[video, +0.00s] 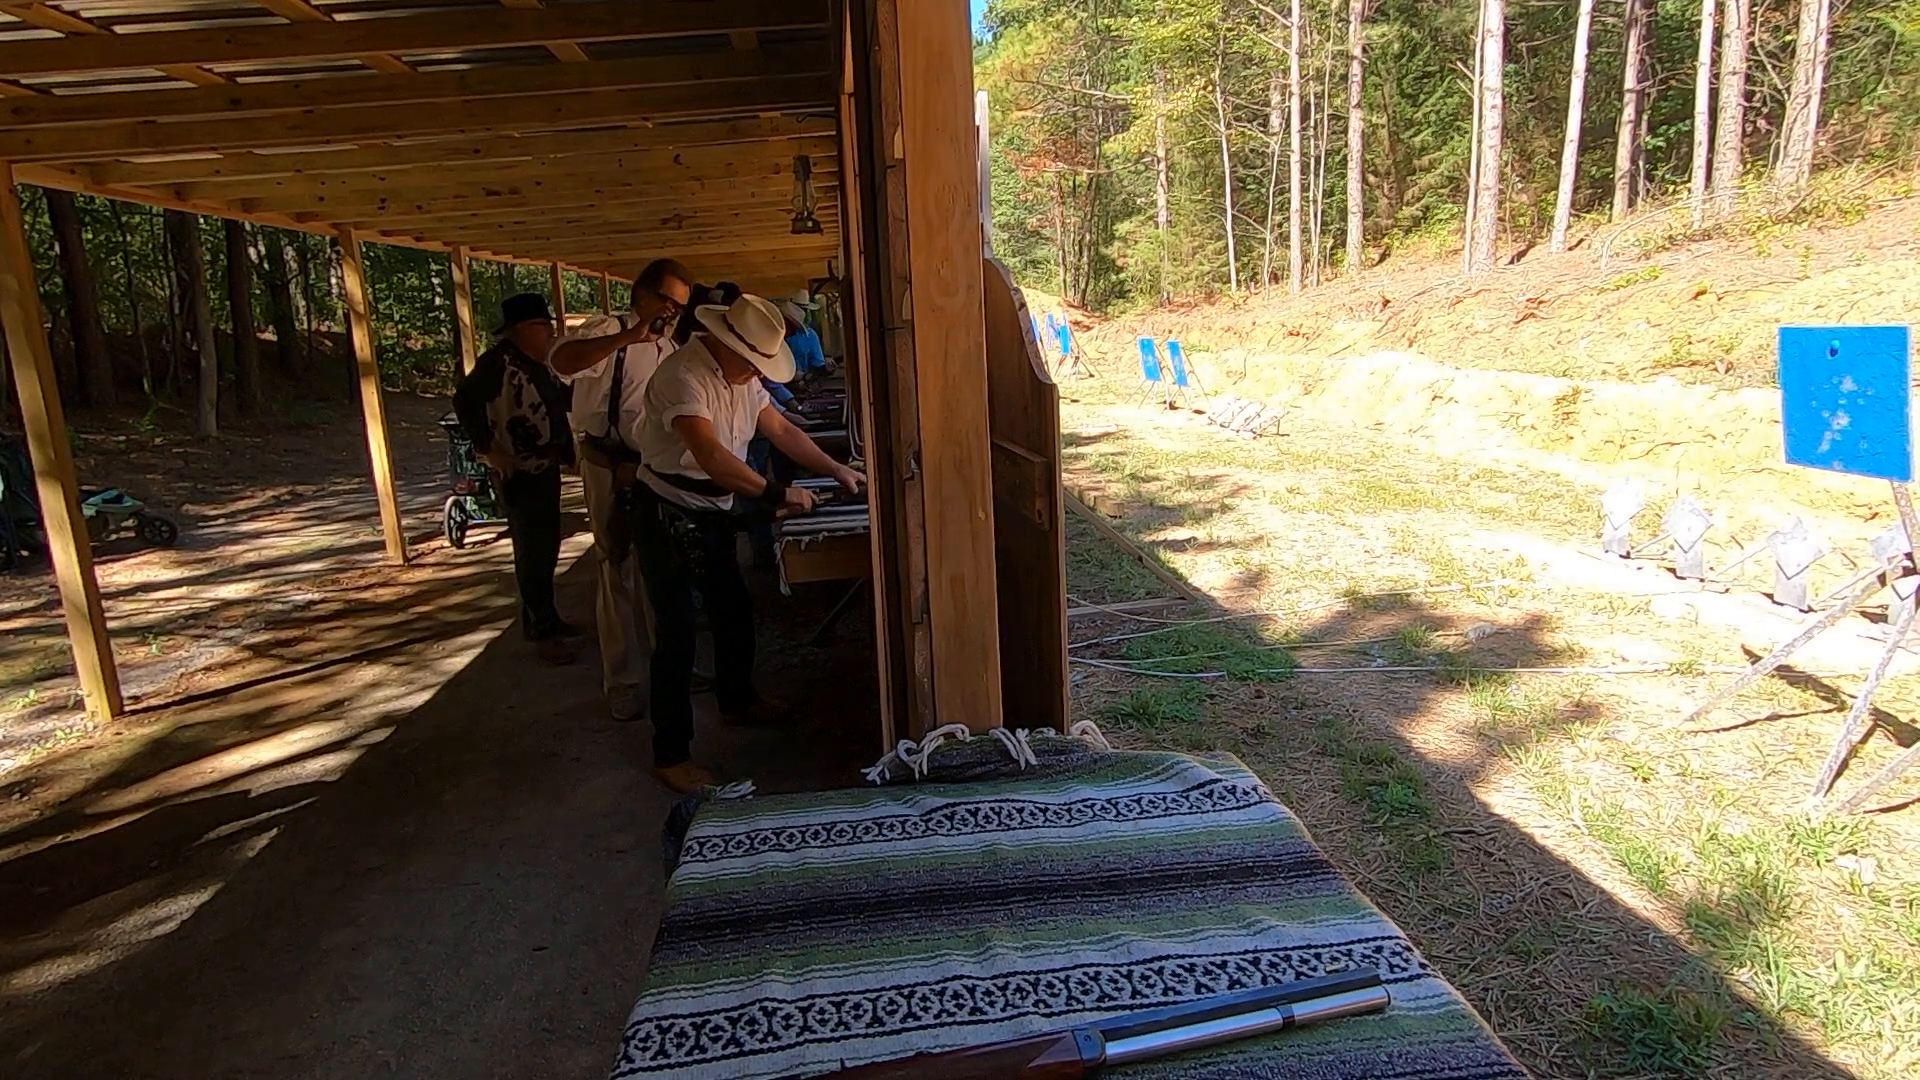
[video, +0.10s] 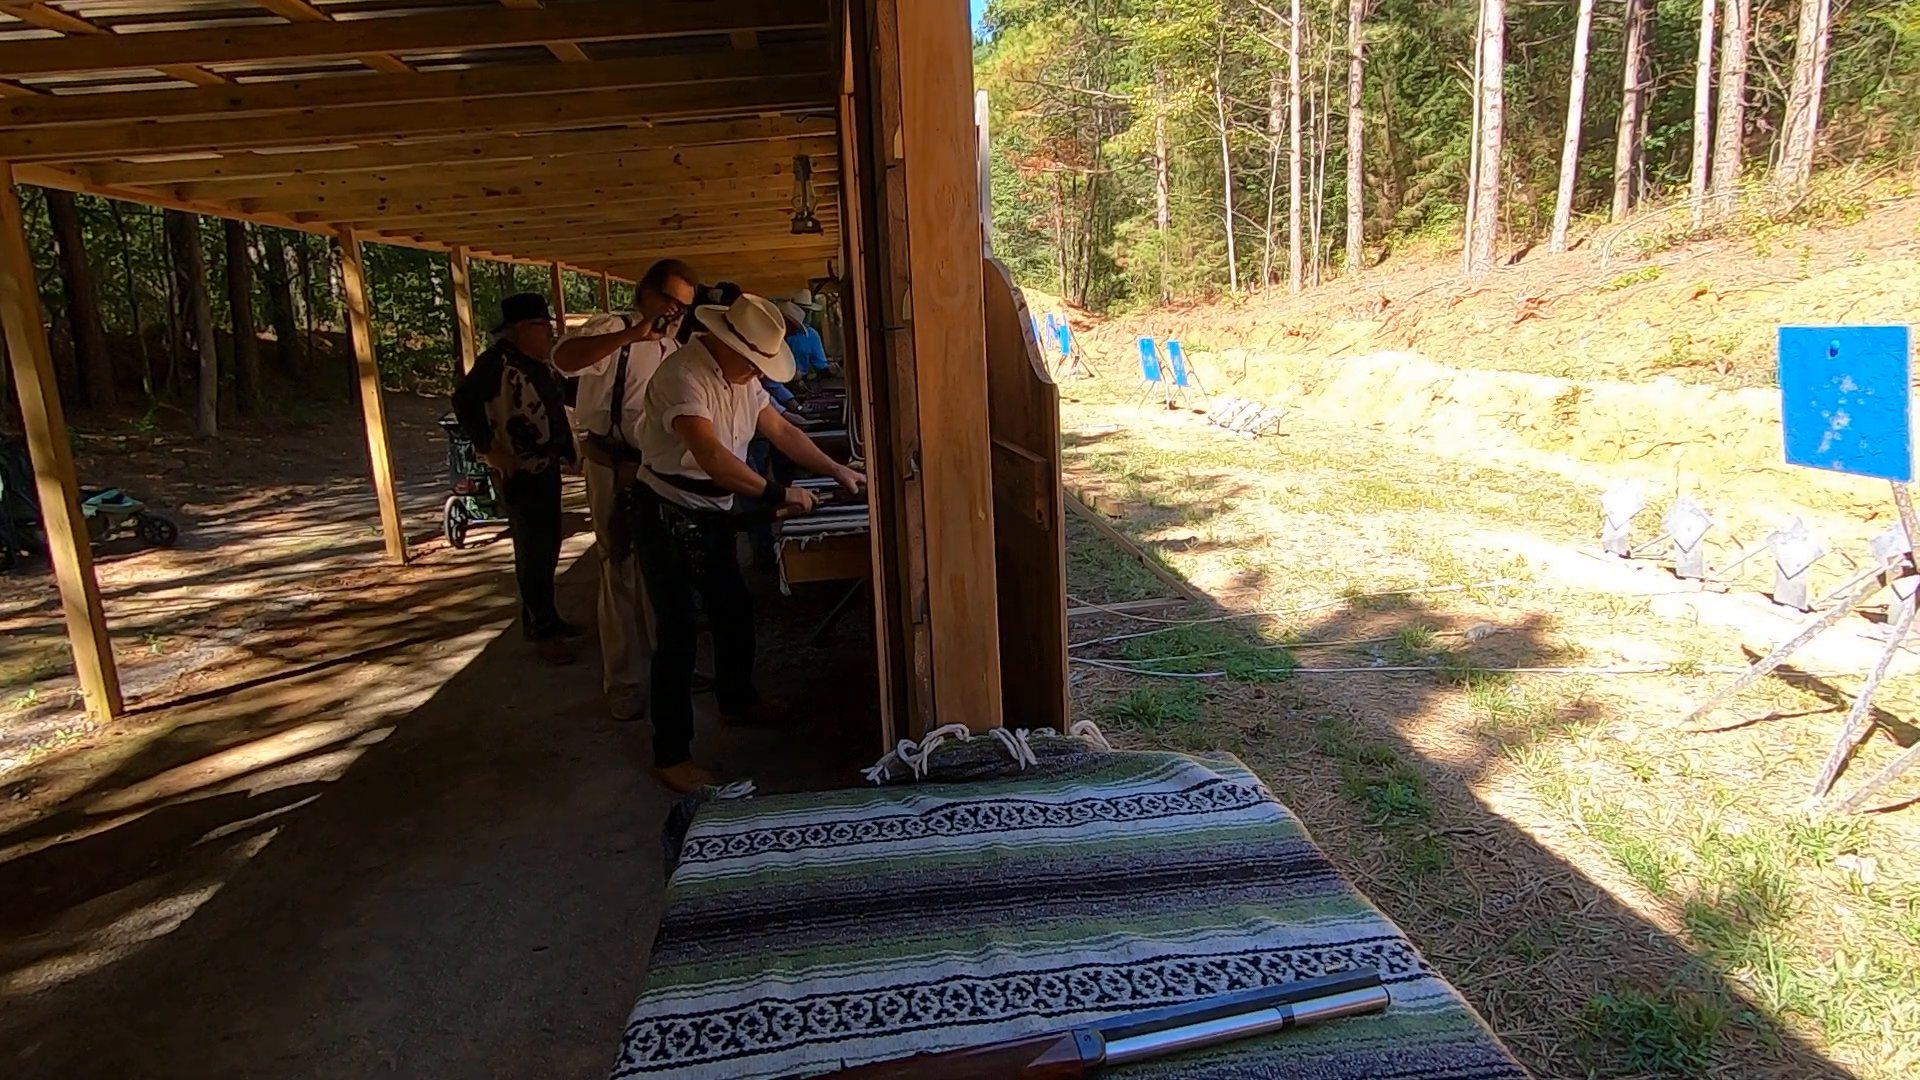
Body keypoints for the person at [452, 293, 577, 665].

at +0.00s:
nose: (549, 334)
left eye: (548, 326)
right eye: (541, 326)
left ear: (540, 329)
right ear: (519, 330)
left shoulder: (542, 364)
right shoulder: (497, 362)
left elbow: (556, 409)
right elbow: (465, 399)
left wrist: (566, 449)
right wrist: (486, 447)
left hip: (546, 470)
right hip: (518, 472)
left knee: (547, 546)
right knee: (532, 549)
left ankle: (546, 619)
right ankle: (539, 627)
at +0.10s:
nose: (549, 333)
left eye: (549, 326)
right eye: (542, 326)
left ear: (537, 329)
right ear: (519, 329)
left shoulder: (540, 365)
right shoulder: (496, 361)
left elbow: (570, 393)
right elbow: (464, 399)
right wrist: (487, 447)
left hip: (547, 469)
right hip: (520, 472)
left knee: (547, 547)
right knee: (533, 550)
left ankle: (546, 619)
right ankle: (540, 628)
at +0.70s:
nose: (550, 340)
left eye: (550, 332)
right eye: (545, 331)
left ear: (532, 330)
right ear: (524, 330)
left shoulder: (538, 366)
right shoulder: (493, 363)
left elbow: (560, 392)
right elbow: (459, 402)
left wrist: (580, 416)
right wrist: (484, 448)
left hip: (548, 471)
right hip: (520, 474)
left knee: (550, 547)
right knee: (532, 551)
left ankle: (547, 618)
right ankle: (540, 630)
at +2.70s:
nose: (561, 338)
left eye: (561, 330)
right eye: (555, 330)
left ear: (547, 332)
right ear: (533, 331)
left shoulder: (545, 364)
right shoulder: (505, 361)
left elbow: (549, 409)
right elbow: (468, 399)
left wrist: (564, 446)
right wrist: (490, 447)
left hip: (551, 472)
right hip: (525, 475)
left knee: (551, 550)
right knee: (536, 553)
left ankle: (549, 620)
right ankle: (541, 631)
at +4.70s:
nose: (562, 338)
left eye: (562, 330)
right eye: (556, 330)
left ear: (543, 333)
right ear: (534, 332)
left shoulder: (544, 366)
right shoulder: (505, 362)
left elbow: (551, 412)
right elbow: (468, 399)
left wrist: (567, 447)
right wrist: (489, 448)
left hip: (551, 473)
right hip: (525, 475)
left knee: (552, 550)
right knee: (536, 552)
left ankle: (549, 621)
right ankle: (541, 630)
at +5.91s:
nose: (565, 338)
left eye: (564, 330)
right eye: (559, 330)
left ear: (545, 332)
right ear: (537, 332)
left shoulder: (545, 365)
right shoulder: (507, 361)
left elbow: (552, 412)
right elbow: (471, 399)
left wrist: (565, 448)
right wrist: (493, 448)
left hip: (551, 473)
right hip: (526, 475)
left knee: (553, 549)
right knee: (536, 552)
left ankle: (549, 620)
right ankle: (541, 631)